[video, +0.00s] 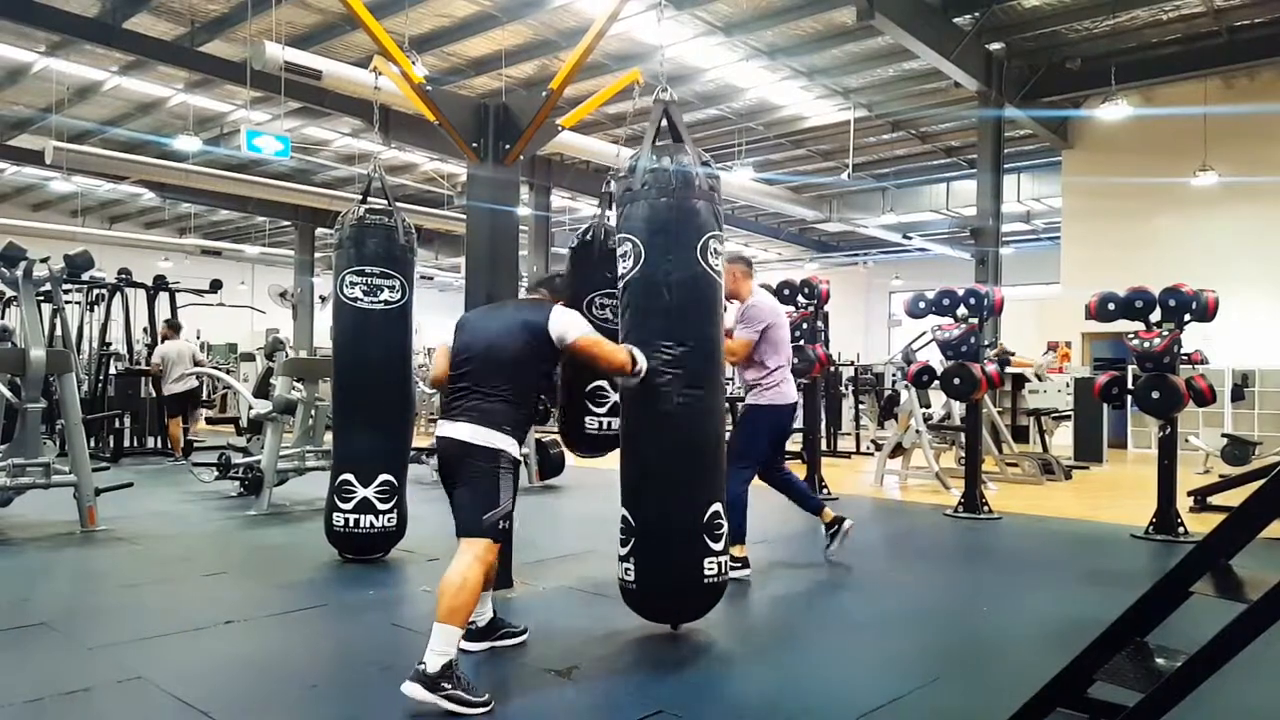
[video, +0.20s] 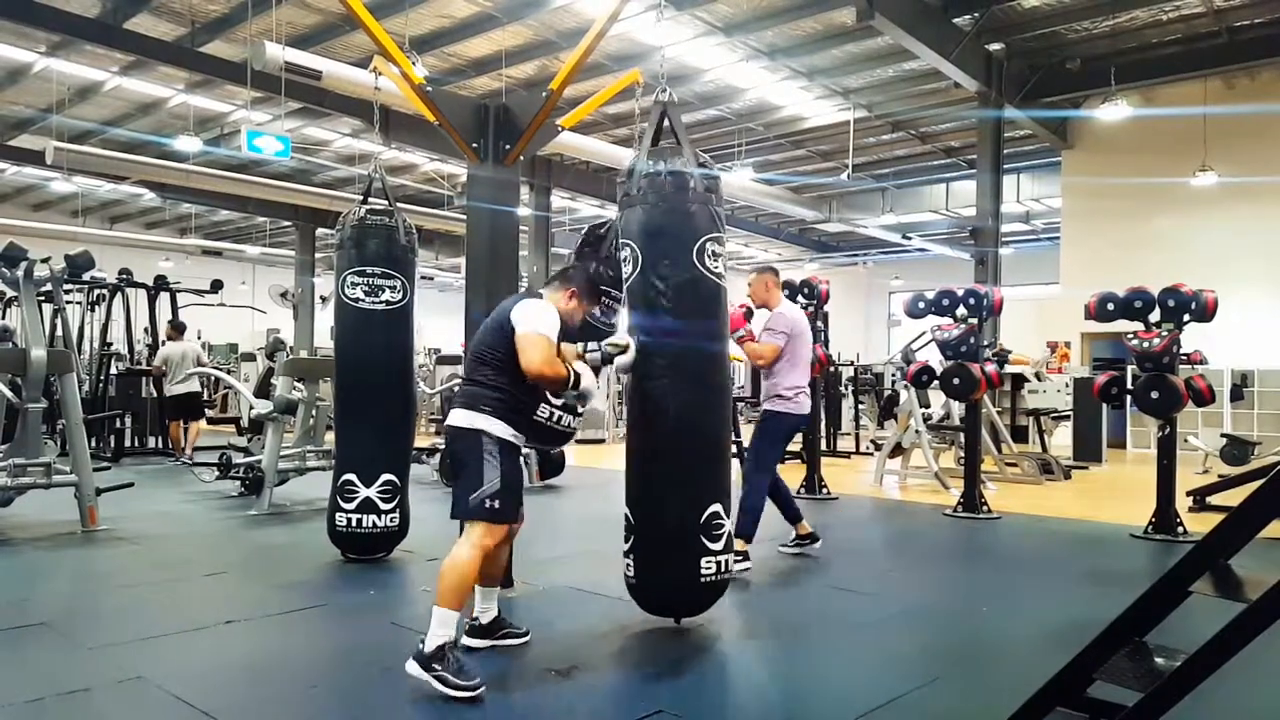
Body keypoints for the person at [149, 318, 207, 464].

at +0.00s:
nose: (160, 331)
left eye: (163, 329)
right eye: (161, 328)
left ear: (169, 331)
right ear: (177, 331)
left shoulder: (160, 348)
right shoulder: (189, 346)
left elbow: (155, 369)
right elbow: (203, 362)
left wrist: (164, 374)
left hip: (171, 390)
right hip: (191, 387)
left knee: (174, 422)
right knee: (195, 409)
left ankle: (178, 455)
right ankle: (193, 431)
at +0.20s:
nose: (166, 331)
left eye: (168, 328)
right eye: (167, 327)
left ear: (172, 331)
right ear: (183, 332)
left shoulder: (164, 350)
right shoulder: (193, 347)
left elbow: (155, 371)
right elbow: (204, 363)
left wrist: (167, 371)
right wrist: (192, 363)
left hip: (173, 392)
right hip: (193, 390)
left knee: (174, 422)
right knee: (194, 421)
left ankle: (178, 454)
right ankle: (188, 452)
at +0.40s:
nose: (172, 332)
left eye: (174, 329)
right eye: (173, 329)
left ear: (176, 332)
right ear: (188, 333)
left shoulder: (167, 350)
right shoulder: (199, 348)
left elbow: (158, 371)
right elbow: (210, 366)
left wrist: (172, 371)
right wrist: (202, 378)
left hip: (174, 391)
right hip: (194, 390)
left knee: (174, 423)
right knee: (190, 423)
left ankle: (178, 453)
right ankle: (188, 456)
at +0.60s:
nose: (172, 331)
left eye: (173, 328)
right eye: (173, 328)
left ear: (175, 331)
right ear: (188, 332)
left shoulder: (167, 349)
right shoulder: (198, 348)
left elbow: (157, 370)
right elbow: (208, 366)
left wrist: (171, 371)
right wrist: (194, 369)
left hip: (172, 393)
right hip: (193, 393)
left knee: (171, 423)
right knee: (190, 425)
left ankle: (173, 454)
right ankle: (187, 457)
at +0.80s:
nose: (166, 331)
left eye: (167, 328)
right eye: (167, 328)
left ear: (168, 331)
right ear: (182, 332)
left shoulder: (162, 349)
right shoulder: (193, 348)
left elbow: (152, 367)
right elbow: (202, 367)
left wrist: (164, 371)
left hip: (167, 394)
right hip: (189, 393)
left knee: (161, 423)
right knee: (189, 424)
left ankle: (157, 455)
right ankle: (187, 457)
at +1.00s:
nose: (158, 331)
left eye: (159, 329)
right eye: (159, 329)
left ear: (160, 330)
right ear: (173, 331)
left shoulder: (152, 349)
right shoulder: (184, 348)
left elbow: (142, 368)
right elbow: (190, 364)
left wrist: (157, 370)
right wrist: (176, 368)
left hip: (159, 393)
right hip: (180, 393)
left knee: (155, 424)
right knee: (183, 425)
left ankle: (155, 459)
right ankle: (186, 457)